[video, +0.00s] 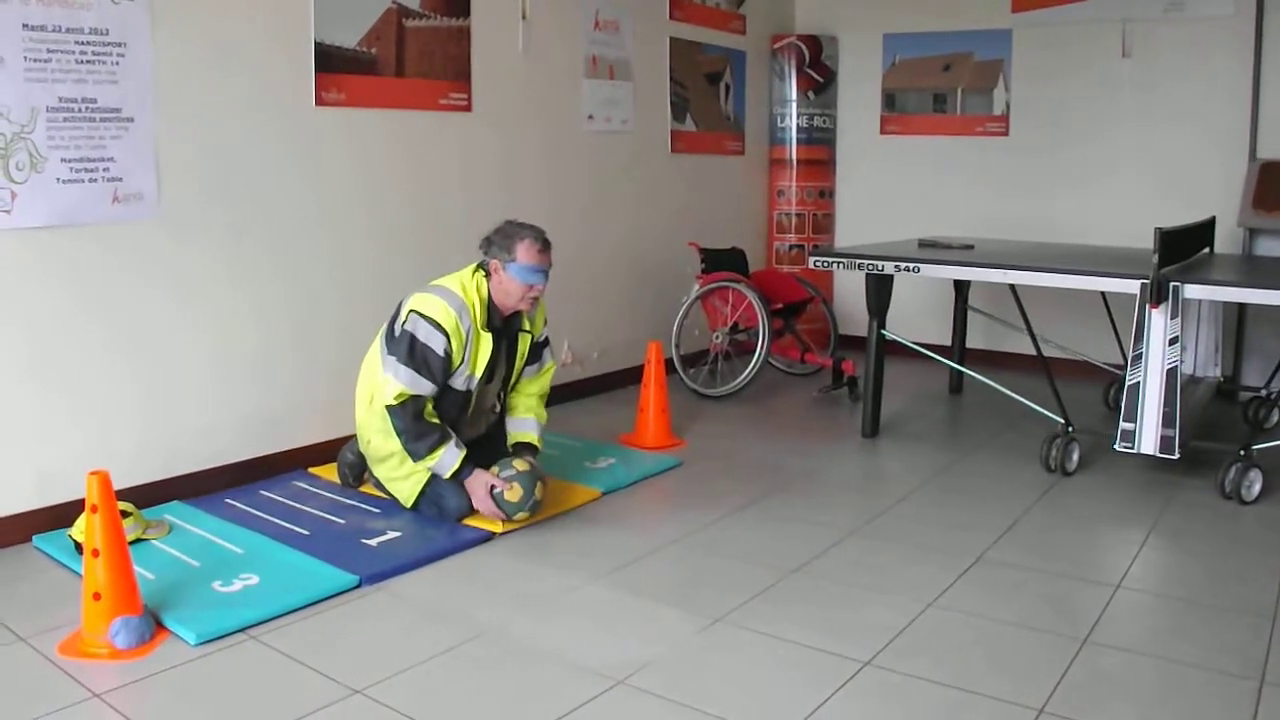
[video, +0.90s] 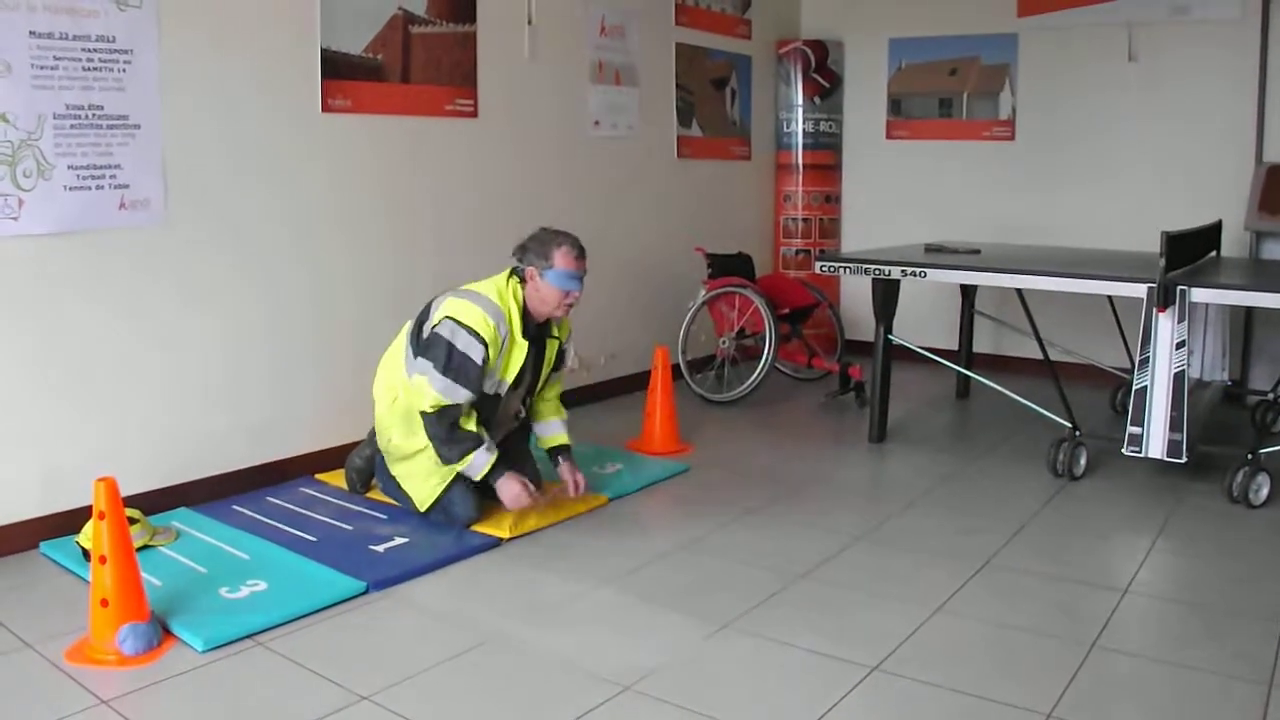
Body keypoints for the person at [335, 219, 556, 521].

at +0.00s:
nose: (540, 288)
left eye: (545, 277)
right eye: (530, 276)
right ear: (495, 270)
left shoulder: (529, 310)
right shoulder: (439, 313)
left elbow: (529, 387)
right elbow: (404, 410)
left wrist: (525, 453)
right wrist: (467, 473)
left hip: (464, 418)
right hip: (398, 432)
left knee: (513, 482)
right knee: (454, 506)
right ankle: (372, 459)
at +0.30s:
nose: (543, 285)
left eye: (548, 273)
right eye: (533, 273)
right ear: (499, 268)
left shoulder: (534, 308)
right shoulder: (446, 310)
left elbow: (541, 383)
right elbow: (434, 409)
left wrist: (554, 450)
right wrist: (508, 469)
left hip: (470, 412)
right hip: (401, 422)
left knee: (511, 484)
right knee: (455, 506)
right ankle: (375, 462)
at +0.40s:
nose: (544, 288)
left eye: (548, 276)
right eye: (534, 276)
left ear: (552, 271)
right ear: (499, 270)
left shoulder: (532, 309)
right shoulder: (453, 314)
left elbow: (557, 378)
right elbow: (477, 407)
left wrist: (606, 425)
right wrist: (568, 440)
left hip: (461, 410)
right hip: (405, 421)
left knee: (516, 483)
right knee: (455, 507)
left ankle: (425, 449)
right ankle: (377, 456)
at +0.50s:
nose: (550, 286)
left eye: (554, 274)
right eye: (541, 274)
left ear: (559, 272)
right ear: (505, 271)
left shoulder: (536, 305)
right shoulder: (462, 313)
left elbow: (570, 362)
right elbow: (504, 397)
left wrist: (622, 392)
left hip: (471, 405)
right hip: (410, 416)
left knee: (516, 485)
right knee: (456, 509)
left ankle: (432, 447)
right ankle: (377, 455)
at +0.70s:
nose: (562, 286)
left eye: (566, 275)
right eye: (553, 275)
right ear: (518, 269)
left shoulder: (547, 307)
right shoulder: (468, 314)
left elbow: (566, 378)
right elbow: (493, 413)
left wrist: (609, 415)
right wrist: (581, 439)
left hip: (467, 412)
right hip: (413, 421)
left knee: (519, 485)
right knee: (457, 511)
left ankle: (427, 449)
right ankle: (378, 455)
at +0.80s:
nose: (569, 290)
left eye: (573, 279)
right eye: (560, 279)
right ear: (524, 272)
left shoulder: (551, 316)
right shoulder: (471, 317)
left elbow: (556, 388)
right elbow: (465, 419)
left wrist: (584, 444)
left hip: (473, 414)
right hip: (411, 421)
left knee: (520, 490)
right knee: (459, 510)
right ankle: (379, 456)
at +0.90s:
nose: (576, 296)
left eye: (580, 284)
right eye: (566, 284)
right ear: (532, 277)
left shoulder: (555, 326)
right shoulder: (472, 319)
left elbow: (545, 396)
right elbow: (441, 416)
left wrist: (562, 456)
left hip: (479, 411)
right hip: (409, 420)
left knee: (524, 488)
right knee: (461, 513)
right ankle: (383, 459)